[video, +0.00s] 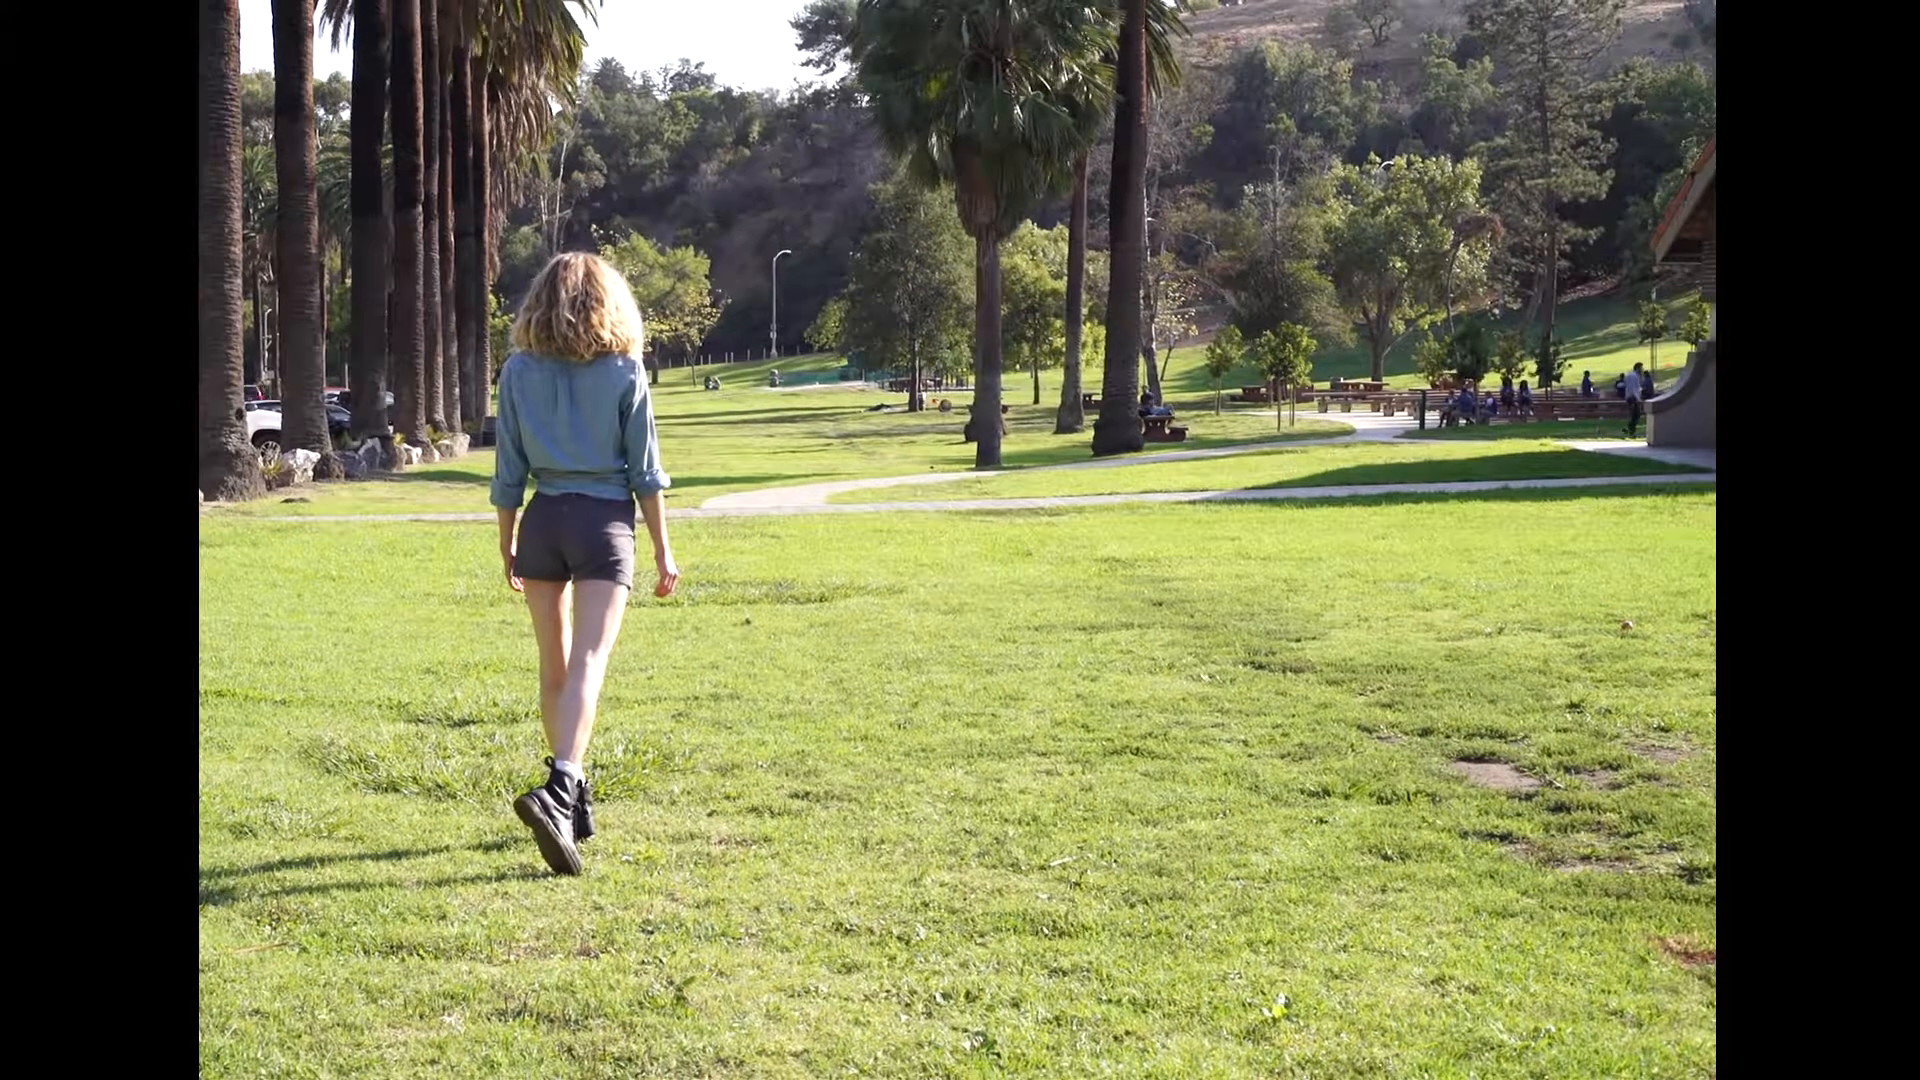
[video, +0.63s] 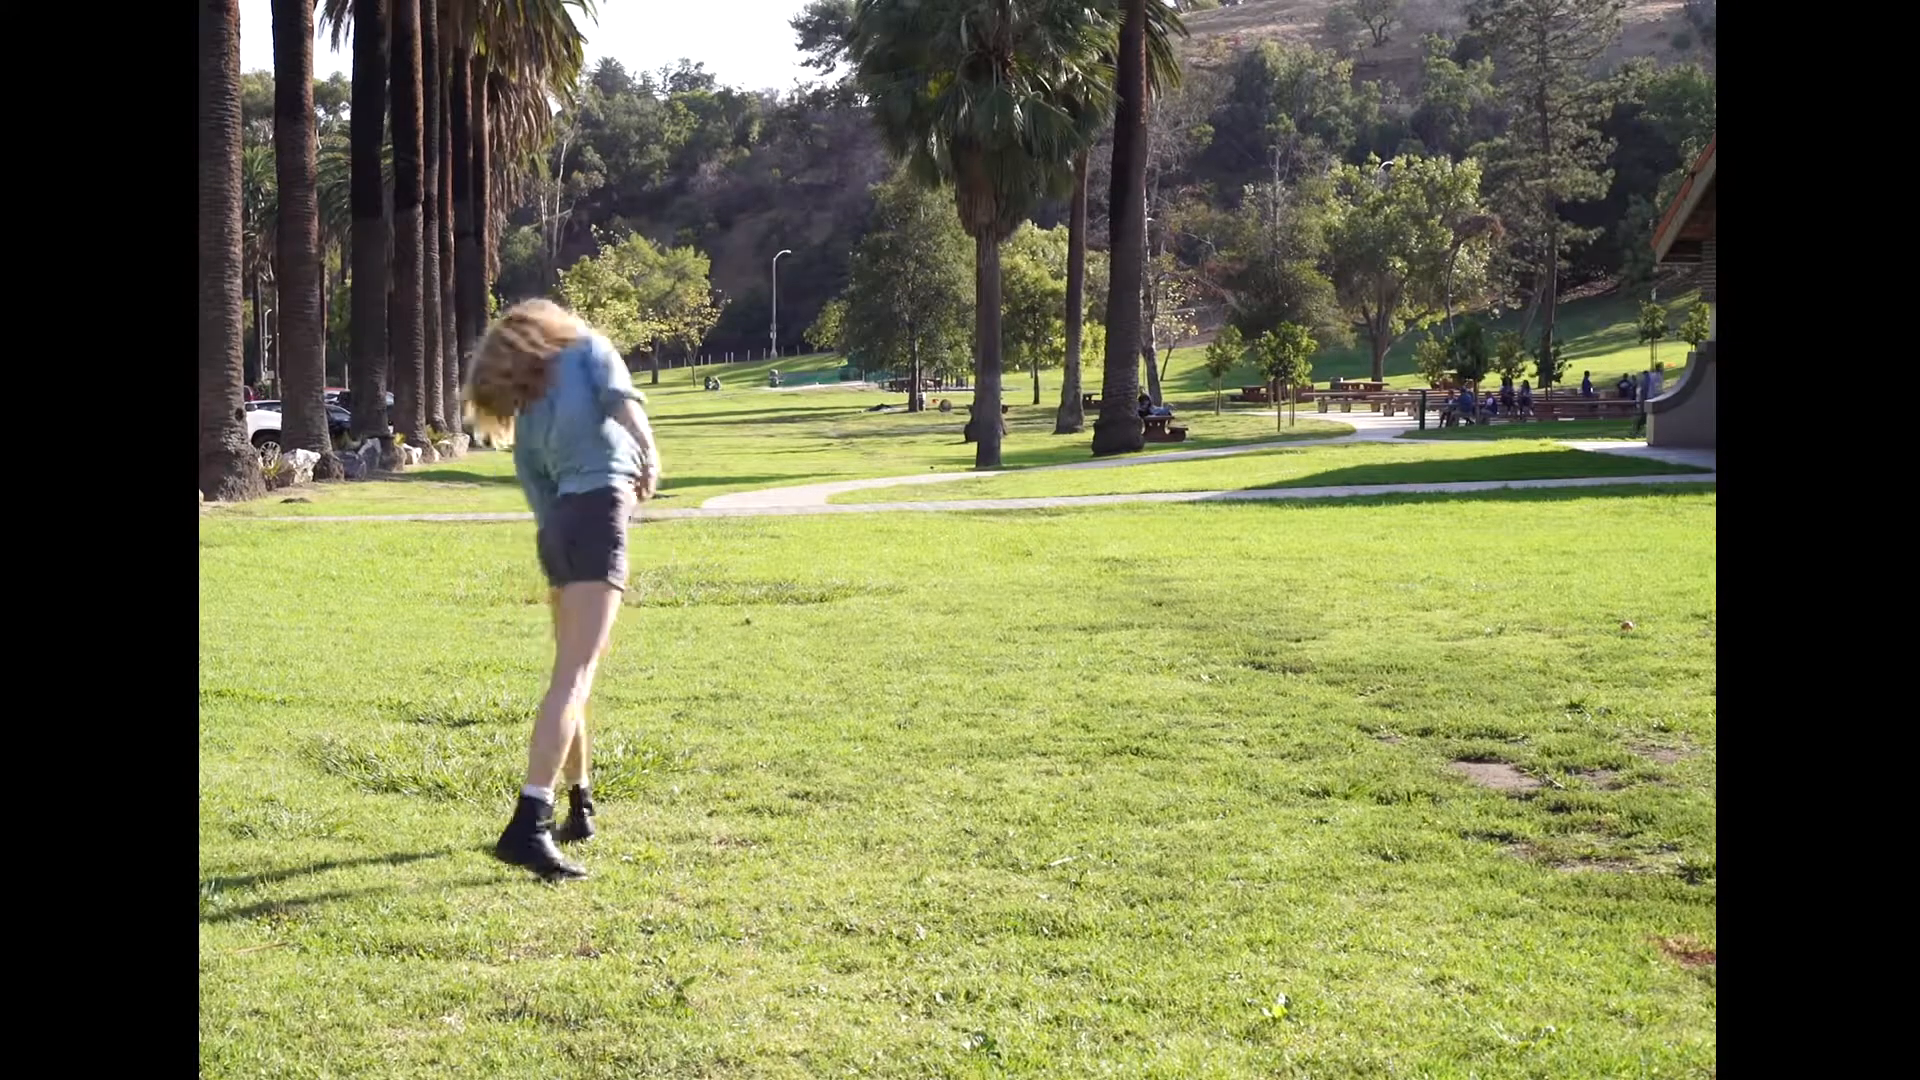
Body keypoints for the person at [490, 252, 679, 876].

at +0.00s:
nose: (620, 311)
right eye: (615, 300)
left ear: (540, 307)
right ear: (610, 307)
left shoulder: (518, 371)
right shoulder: (625, 372)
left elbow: (509, 468)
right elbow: (644, 470)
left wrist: (507, 543)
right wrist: (663, 549)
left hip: (541, 517)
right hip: (606, 517)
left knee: (553, 663)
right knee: (588, 660)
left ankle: (576, 795)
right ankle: (558, 790)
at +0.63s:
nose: (570, 325)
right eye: (564, 318)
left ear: (514, 357)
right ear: (555, 325)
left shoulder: (526, 413)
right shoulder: (587, 344)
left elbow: (541, 500)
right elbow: (617, 395)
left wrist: (557, 556)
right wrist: (651, 454)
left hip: (553, 521)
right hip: (597, 506)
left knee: (575, 668)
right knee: (573, 671)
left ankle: (579, 804)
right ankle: (529, 822)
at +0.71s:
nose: (587, 341)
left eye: (584, 336)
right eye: (578, 332)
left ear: (524, 350)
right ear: (557, 326)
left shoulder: (542, 409)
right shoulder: (553, 337)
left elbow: (582, 510)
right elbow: (575, 394)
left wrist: (639, 586)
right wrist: (600, 446)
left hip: (605, 524)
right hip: (593, 518)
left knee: (600, 682)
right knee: (577, 685)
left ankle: (588, 809)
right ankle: (528, 834)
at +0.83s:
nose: (564, 333)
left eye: (571, 324)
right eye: (551, 322)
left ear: (584, 334)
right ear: (531, 332)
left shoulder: (599, 396)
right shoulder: (516, 384)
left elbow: (636, 496)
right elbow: (492, 442)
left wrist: (684, 571)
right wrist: (474, 487)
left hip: (630, 537)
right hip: (575, 533)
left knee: (613, 689)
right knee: (575, 693)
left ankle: (593, 809)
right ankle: (529, 837)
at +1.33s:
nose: (623, 388)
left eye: (633, 377)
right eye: (610, 380)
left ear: (653, 390)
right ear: (594, 396)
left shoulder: (671, 450)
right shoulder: (568, 446)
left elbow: (675, 480)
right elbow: (505, 461)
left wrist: (675, 504)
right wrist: (460, 465)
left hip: (601, 565)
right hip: (535, 552)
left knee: (639, 704)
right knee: (563, 687)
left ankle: (606, 809)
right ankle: (533, 840)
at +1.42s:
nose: (635, 463)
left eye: (646, 448)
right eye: (621, 449)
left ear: (665, 456)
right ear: (600, 456)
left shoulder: (673, 500)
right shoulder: (561, 489)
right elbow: (500, 470)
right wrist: (456, 451)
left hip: (595, 569)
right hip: (531, 558)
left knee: (639, 704)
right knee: (565, 686)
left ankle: (606, 809)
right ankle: (534, 841)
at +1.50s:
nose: (641, 546)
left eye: (650, 534)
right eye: (629, 534)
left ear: (664, 528)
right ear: (603, 524)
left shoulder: (653, 548)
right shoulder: (553, 530)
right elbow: (499, 480)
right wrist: (456, 439)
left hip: (589, 582)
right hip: (524, 567)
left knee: (641, 708)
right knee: (553, 690)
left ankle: (602, 811)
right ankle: (530, 843)